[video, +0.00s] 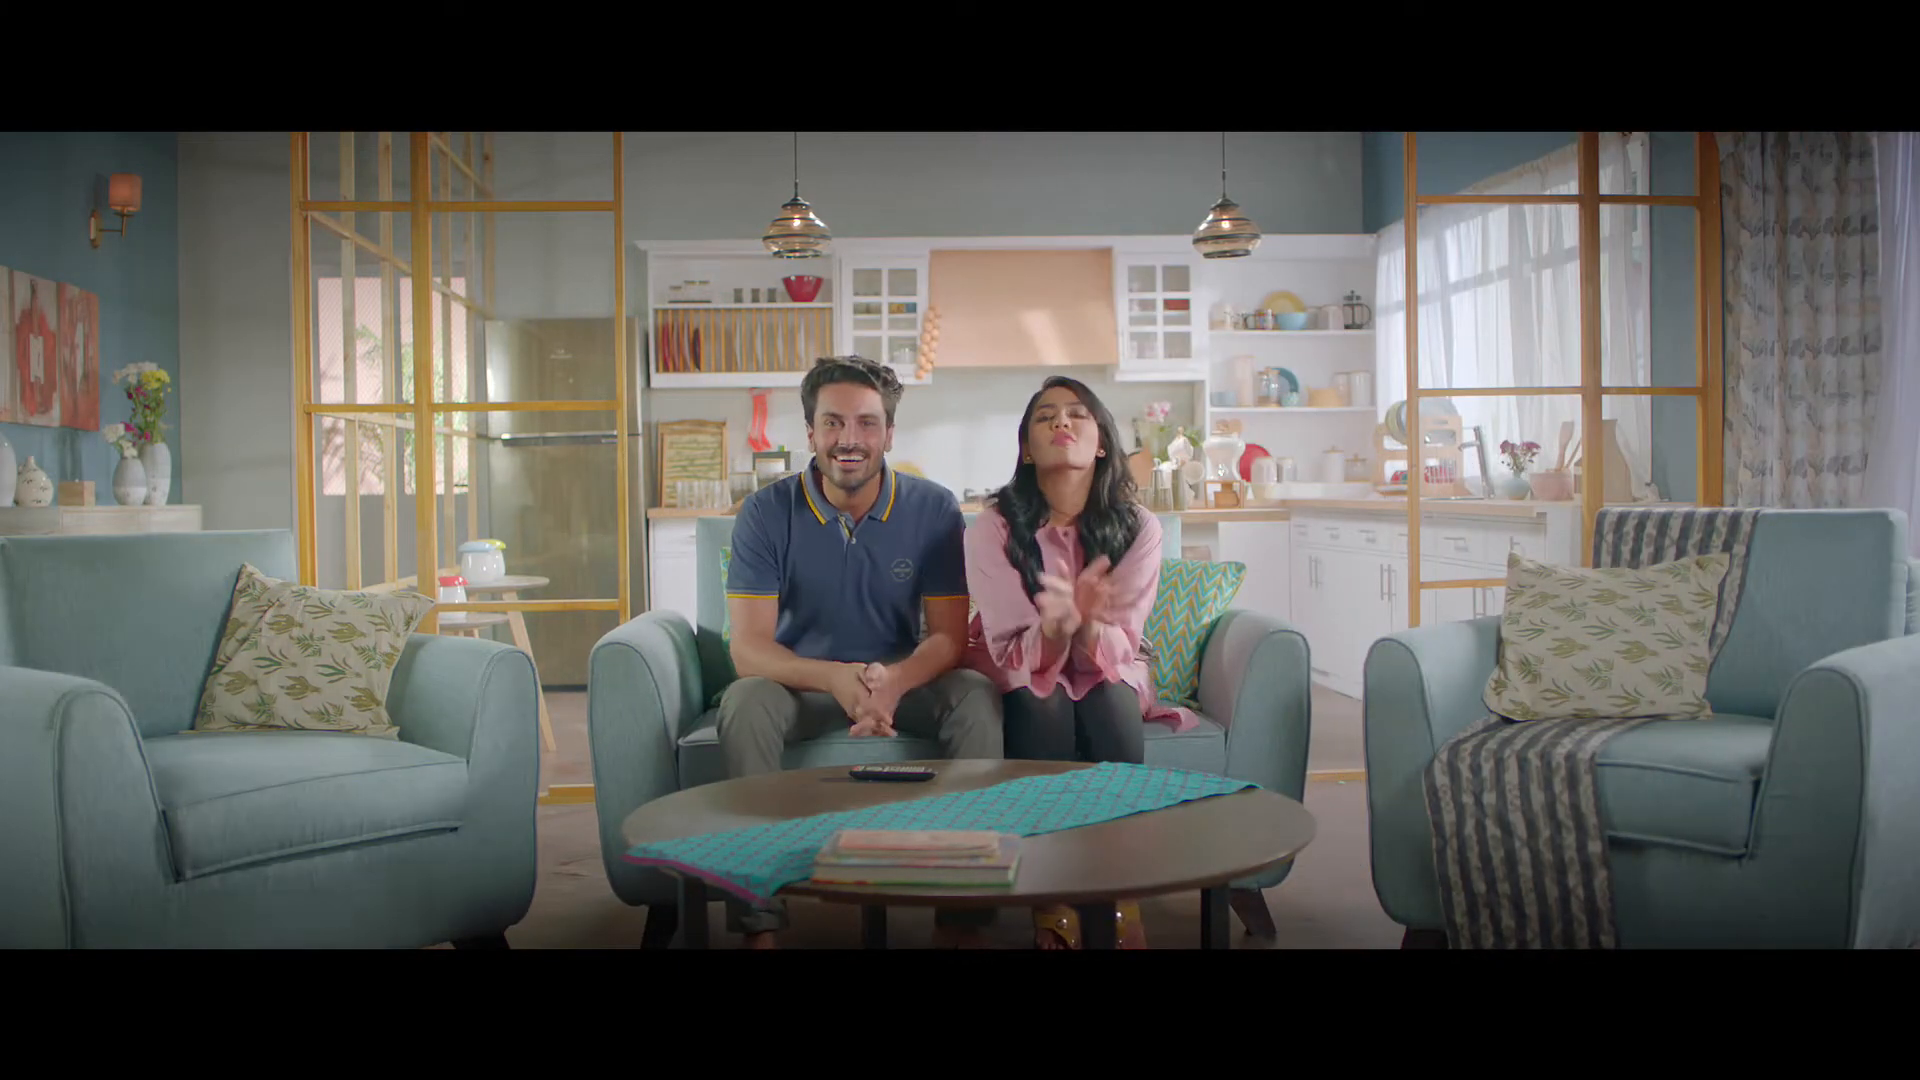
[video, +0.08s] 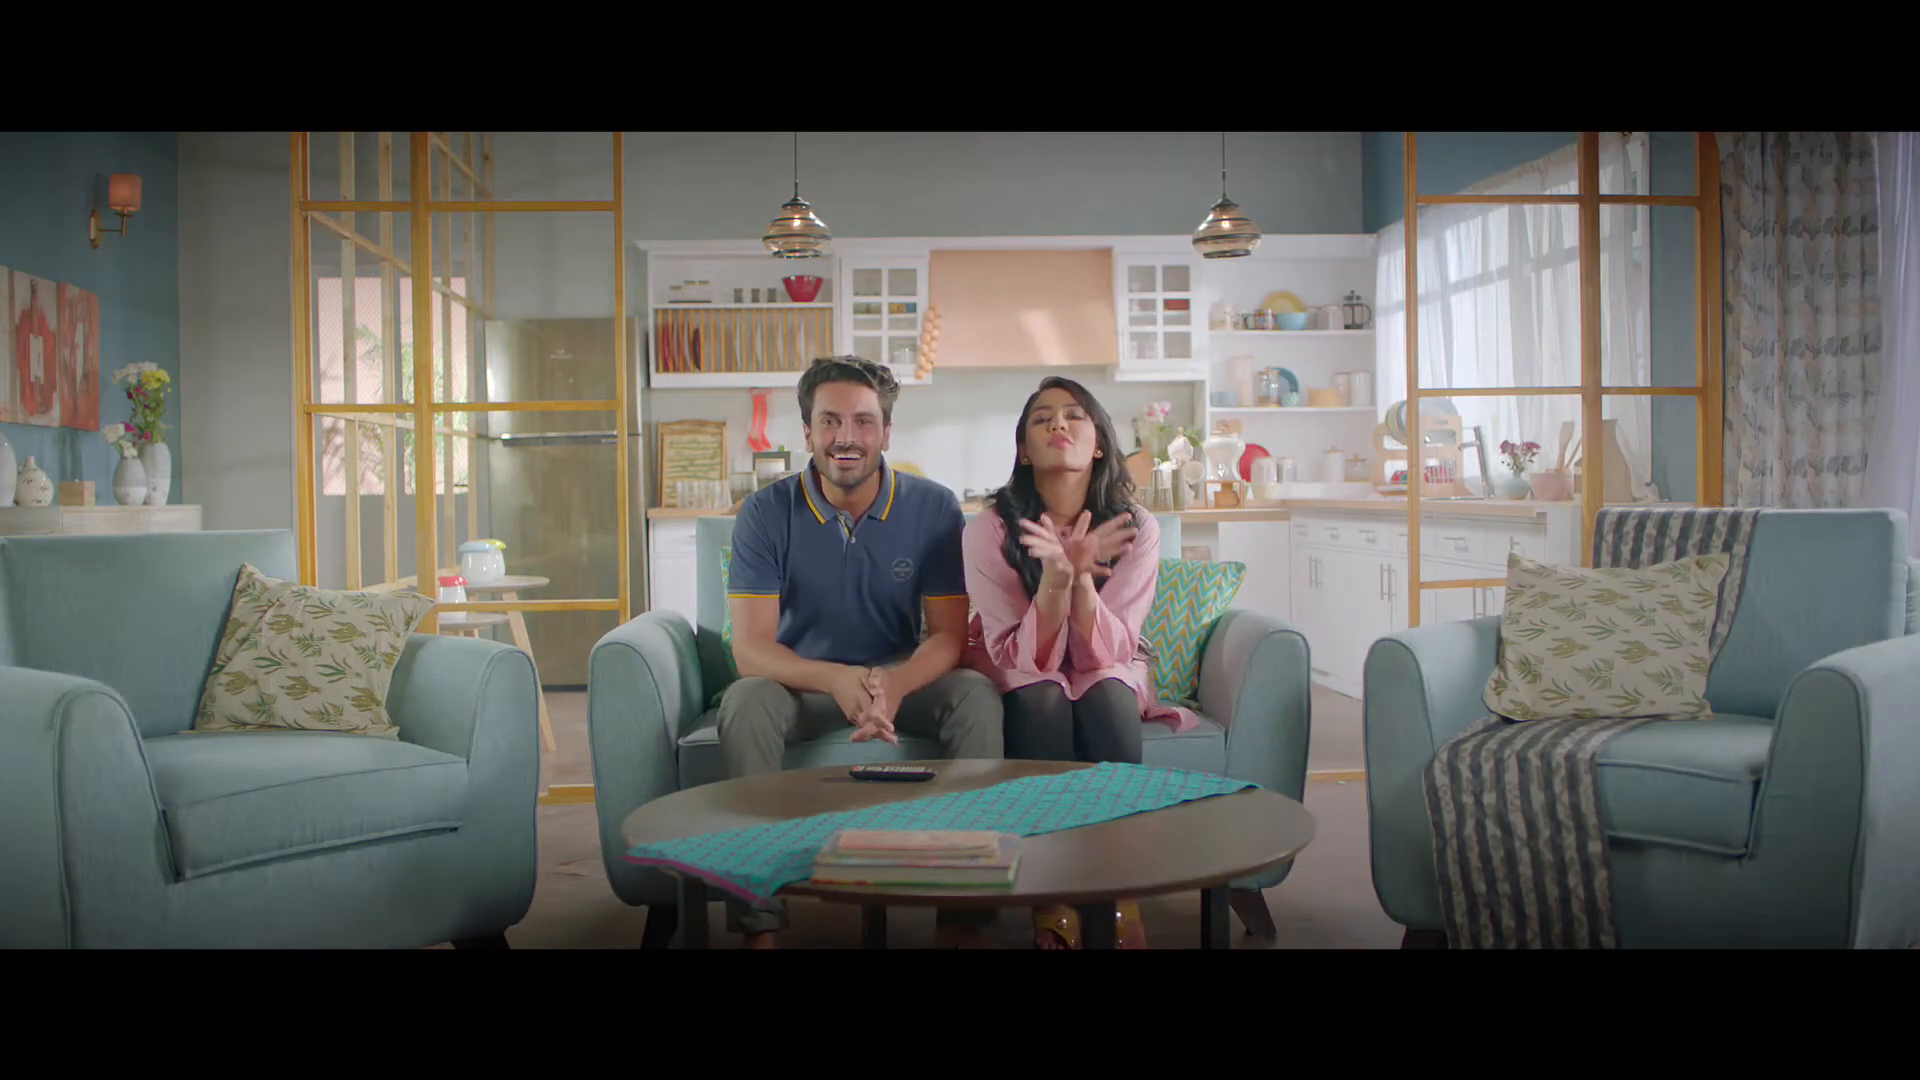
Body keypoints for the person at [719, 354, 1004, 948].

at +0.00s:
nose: (849, 439)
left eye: (866, 423)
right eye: (833, 423)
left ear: (888, 433)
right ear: (810, 432)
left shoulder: (932, 508)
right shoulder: (767, 513)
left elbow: (947, 637)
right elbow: (750, 652)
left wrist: (894, 679)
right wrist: (831, 676)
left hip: (903, 685)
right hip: (803, 688)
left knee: (976, 697)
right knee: (746, 704)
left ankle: (963, 899)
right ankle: (759, 913)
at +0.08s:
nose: (846, 438)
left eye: (862, 422)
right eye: (831, 422)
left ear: (886, 433)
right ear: (807, 434)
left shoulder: (932, 506)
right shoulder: (767, 513)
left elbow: (947, 636)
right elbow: (752, 652)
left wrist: (895, 682)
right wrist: (833, 677)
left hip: (903, 683)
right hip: (804, 687)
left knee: (978, 698)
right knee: (747, 704)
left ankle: (963, 900)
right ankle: (759, 912)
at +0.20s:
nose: (846, 438)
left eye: (861, 422)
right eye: (829, 422)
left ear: (885, 433)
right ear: (806, 435)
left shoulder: (931, 506)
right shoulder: (766, 514)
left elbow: (946, 637)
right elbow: (753, 651)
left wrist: (894, 686)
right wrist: (835, 679)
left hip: (903, 684)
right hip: (803, 688)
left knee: (980, 696)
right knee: (747, 704)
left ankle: (964, 898)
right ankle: (759, 912)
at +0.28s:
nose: (846, 439)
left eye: (861, 423)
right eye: (830, 423)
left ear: (885, 434)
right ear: (807, 435)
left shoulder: (931, 506)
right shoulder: (766, 513)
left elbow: (947, 636)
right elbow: (753, 650)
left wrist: (895, 687)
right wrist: (836, 680)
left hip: (904, 684)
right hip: (804, 687)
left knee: (981, 696)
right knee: (747, 704)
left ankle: (964, 898)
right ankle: (759, 912)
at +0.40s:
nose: (849, 438)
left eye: (865, 423)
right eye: (833, 423)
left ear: (888, 435)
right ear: (809, 435)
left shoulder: (932, 507)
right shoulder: (767, 513)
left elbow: (946, 636)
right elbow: (754, 651)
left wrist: (896, 688)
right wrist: (839, 681)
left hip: (904, 684)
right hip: (804, 688)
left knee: (981, 697)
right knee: (747, 703)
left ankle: (963, 872)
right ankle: (761, 884)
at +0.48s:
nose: (850, 438)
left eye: (866, 422)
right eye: (834, 422)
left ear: (889, 435)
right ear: (811, 434)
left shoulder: (933, 506)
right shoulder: (767, 513)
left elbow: (947, 636)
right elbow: (754, 651)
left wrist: (896, 688)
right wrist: (837, 682)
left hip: (904, 685)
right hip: (804, 688)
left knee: (981, 697)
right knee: (747, 703)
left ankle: (963, 874)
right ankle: (760, 886)